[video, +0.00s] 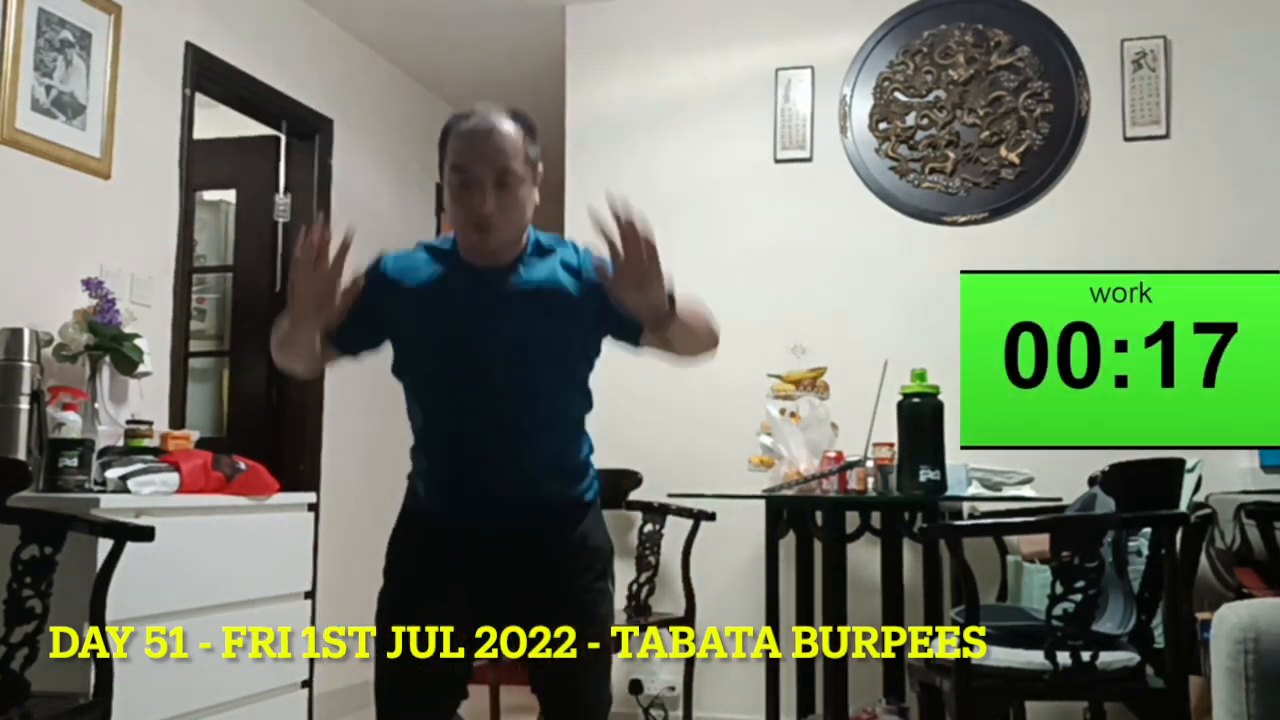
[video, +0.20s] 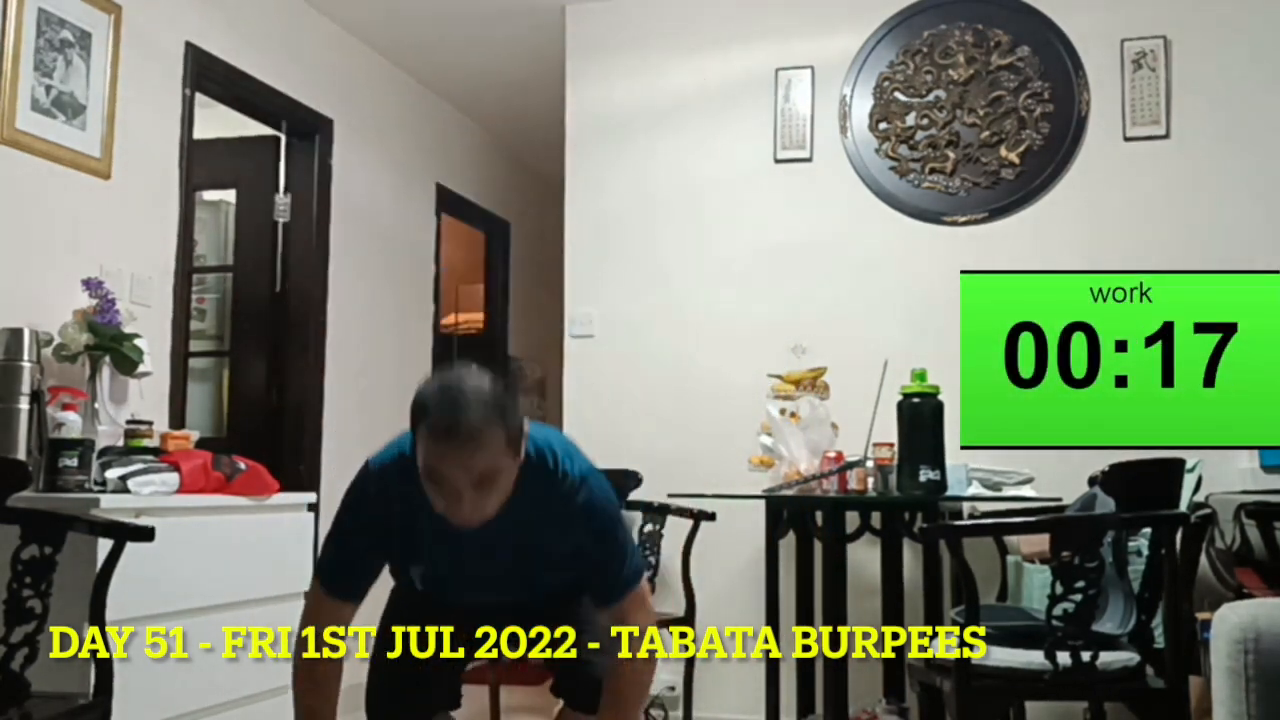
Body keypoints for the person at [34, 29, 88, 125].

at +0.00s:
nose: (65, 50)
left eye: (68, 47)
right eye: (63, 47)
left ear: (74, 49)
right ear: (60, 49)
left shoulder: (78, 65)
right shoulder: (61, 60)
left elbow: (69, 89)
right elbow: (56, 80)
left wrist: (49, 83)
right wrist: (49, 101)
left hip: (79, 101)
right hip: (63, 94)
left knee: (63, 98)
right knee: (47, 88)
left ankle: (69, 119)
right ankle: (61, 116)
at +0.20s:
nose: (65, 50)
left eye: (69, 47)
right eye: (63, 48)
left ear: (74, 49)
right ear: (60, 49)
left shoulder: (78, 65)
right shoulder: (61, 60)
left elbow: (69, 89)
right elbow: (57, 80)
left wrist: (48, 83)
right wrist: (49, 101)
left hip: (79, 101)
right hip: (63, 94)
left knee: (63, 98)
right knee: (48, 88)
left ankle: (69, 119)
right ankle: (60, 116)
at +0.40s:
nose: (66, 51)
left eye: (69, 47)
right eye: (63, 48)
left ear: (74, 49)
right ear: (60, 50)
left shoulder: (78, 65)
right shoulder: (61, 60)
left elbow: (69, 89)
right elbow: (56, 80)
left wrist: (49, 83)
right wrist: (49, 101)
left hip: (79, 101)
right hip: (63, 94)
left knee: (64, 98)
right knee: (48, 88)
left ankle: (69, 120)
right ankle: (60, 116)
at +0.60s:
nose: (66, 51)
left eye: (68, 48)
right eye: (63, 48)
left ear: (74, 49)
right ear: (60, 50)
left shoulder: (79, 66)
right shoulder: (61, 60)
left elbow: (69, 89)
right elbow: (57, 80)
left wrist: (49, 82)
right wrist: (49, 100)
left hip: (78, 101)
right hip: (63, 94)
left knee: (64, 98)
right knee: (48, 88)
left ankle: (69, 119)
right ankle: (60, 116)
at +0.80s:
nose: (66, 52)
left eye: (69, 48)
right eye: (63, 50)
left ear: (73, 49)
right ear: (60, 51)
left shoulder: (78, 66)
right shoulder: (61, 60)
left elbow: (69, 89)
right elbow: (57, 81)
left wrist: (48, 82)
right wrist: (49, 101)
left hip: (78, 102)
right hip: (62, 95)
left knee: (64, 98)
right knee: (47, 88)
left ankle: (70, 120)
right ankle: (61, 116)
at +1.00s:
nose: (66, 53)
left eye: (69, 48)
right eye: (63, 50)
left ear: (74, 49)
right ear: (60, 51)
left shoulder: (79, 66)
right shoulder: (61, 60)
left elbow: (69, 89)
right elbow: (57, 81)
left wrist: (49, 82)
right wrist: (49, 101)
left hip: (78, 102)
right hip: (62, 95)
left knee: (64, 98)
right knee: (47, 88)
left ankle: (70, 120)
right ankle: (60, 116)